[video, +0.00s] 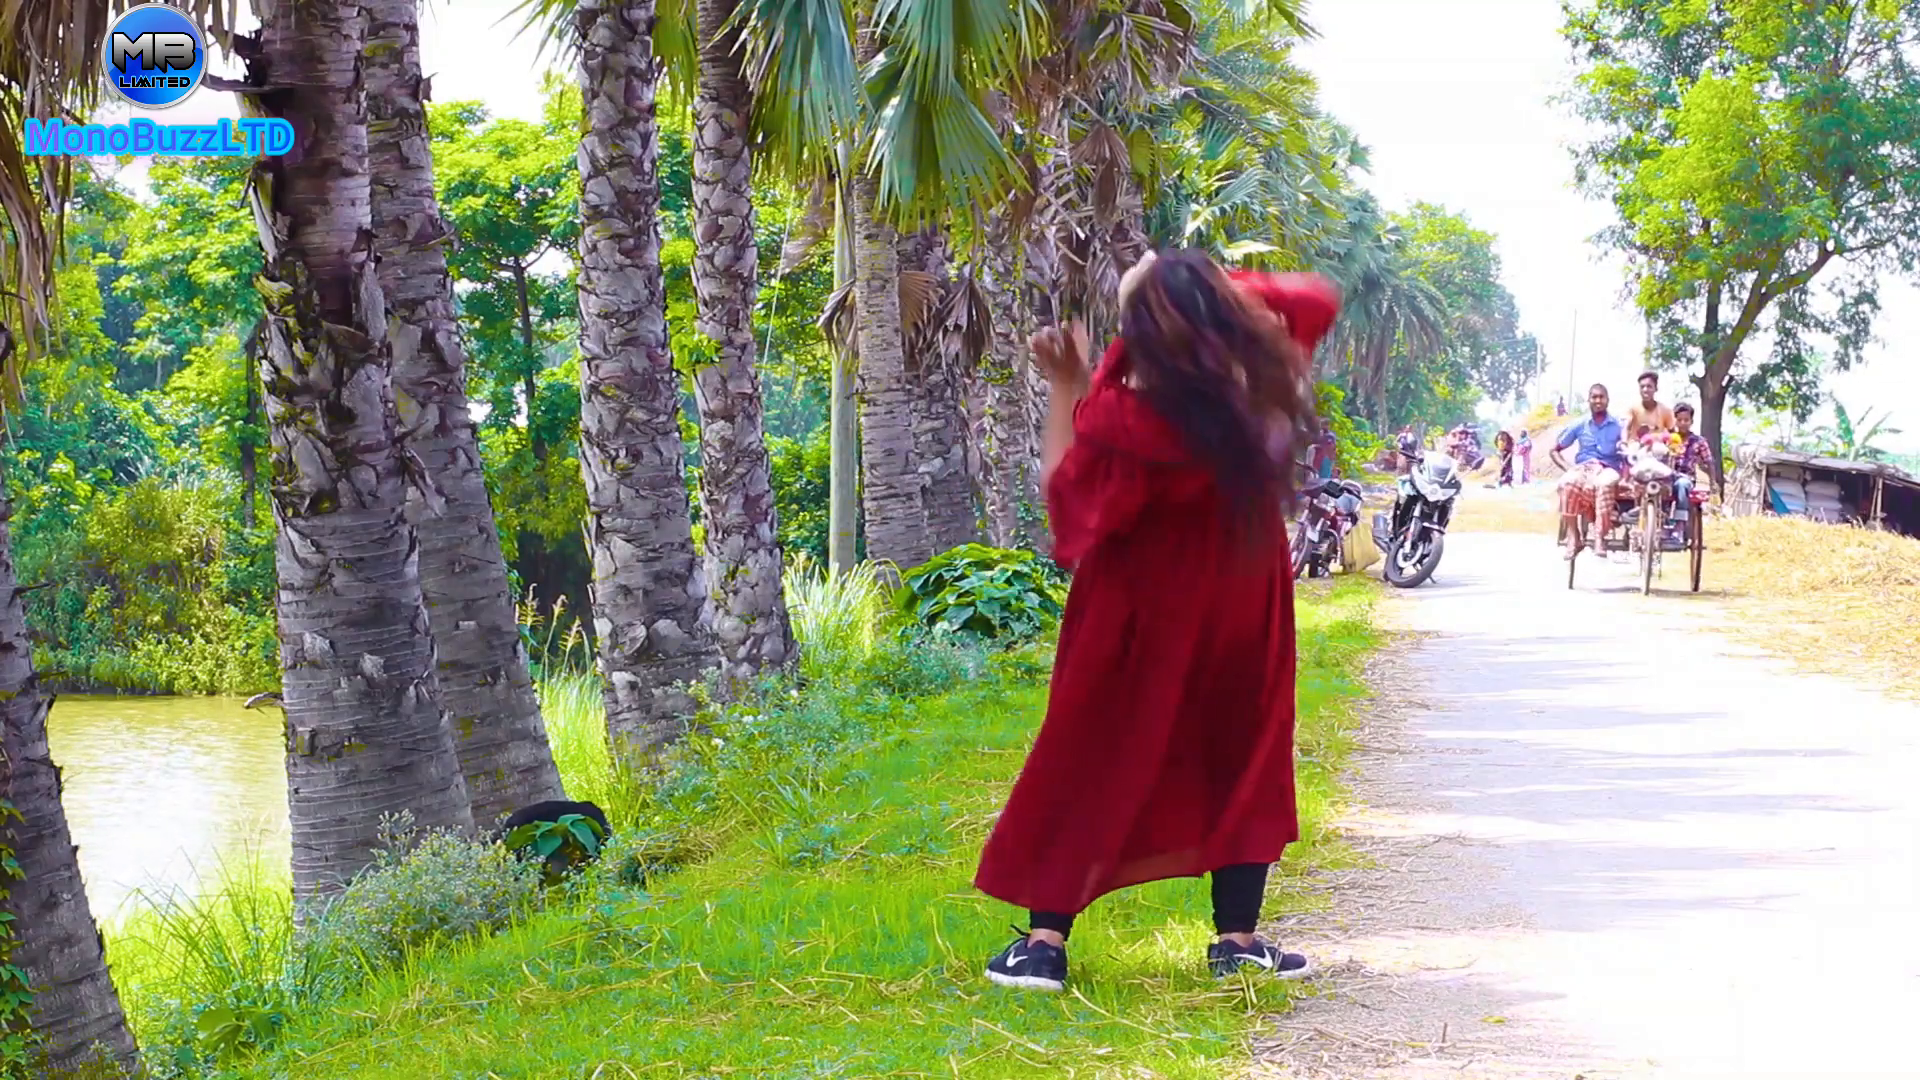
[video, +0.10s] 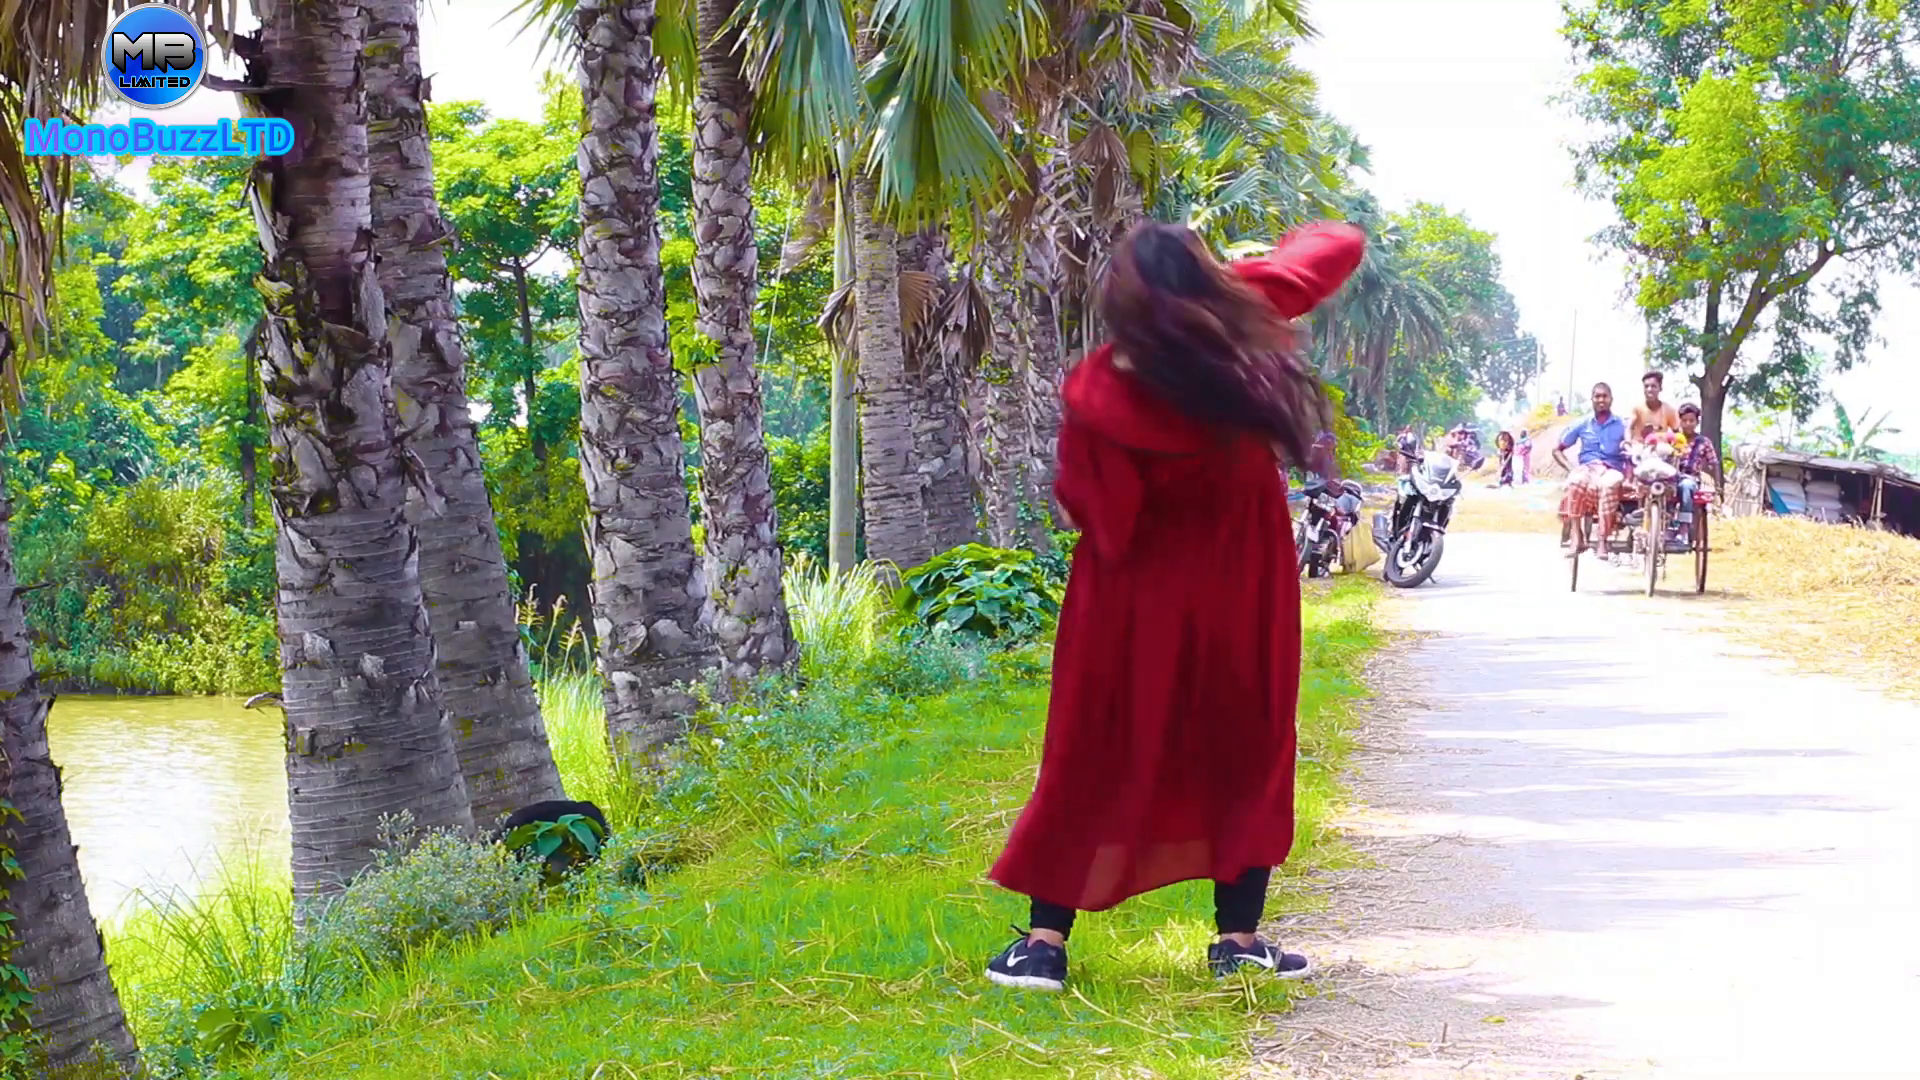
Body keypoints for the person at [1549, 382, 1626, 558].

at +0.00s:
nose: (1598, 401)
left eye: (1601, 397)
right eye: (1594, 397)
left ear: (1607, 400)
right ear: (1588, 400)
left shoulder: (1616, 426)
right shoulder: (1581, 424)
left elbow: (1624, 451)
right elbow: (1553, 450)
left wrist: (1625, 475)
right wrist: (1568, 468)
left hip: (1608, 467)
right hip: (1583, 466)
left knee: (1605, 486)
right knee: (1566, 485)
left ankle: (1599, 538)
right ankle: (1573, 537)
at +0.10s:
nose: (1601, 400)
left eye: (1605, 396)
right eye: (1597, 396)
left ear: (1611, 399)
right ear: (1592, 400)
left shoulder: (1621, 425)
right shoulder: (1584, 424)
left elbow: (1629, 452)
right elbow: (1557, 450)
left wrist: (1629, 477)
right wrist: (1572, 469)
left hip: (1612, 468)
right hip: (1587, 467)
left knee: (1608, 487)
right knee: (1574, 485)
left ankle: (1602, 540)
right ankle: (1576, 536)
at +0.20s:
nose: (1604, 399)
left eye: (1608, 395)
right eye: (1600, 395)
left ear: (1615, 398)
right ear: (1595, 399)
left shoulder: (1624, 425)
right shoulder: (1586, 424)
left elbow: (1632, 453)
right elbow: (1559, 450)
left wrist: (1632, 478)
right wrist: (1573, 468)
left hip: (1615, 467)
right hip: (1589, 465)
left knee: (1613, 486)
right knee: (1576, 482)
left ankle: (1605, 539)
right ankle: (1578, 530)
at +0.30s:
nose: (1608, 398)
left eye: (1612, 394)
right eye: (1604, 394)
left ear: (1618, 397)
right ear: (1599, 398)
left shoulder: (1628, 425)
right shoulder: (1591, 423)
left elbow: (1637, 452)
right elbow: (1562, 450)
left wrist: (1636, 479)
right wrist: (1576, 469)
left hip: (1619, 467)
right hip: (1593, 466)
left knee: (1615, 488)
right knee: (1580, 482)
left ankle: (1606, 540)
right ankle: (1590, 532)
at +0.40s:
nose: (1612, 398)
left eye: (1616, 394)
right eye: (1608, 394)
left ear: (1622, 397)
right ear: (1602, 397)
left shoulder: (1634, 425)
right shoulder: (1595, 423)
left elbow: (1643, 455)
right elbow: (1566, 452)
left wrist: (1641, 481)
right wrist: (1581, 471)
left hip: (1624, 469)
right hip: (1599, 467)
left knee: (1618, 490)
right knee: (1588, 482)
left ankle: (1611, 542)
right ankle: (1601, 534)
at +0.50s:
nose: (1616, 396)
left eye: (1620, 392)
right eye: (1611, 392)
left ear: (1626, 395)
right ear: (1606, 396)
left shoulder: (1637, 424)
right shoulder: (1598, 422)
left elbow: (1646, 453)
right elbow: (1570, 452)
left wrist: (1646, 481)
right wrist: (1584, 470)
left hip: (1628, 468)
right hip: (1602, 466)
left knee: (1622, 490)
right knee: (1594, 487)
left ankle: (1615, 540)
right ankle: (1610, 536)